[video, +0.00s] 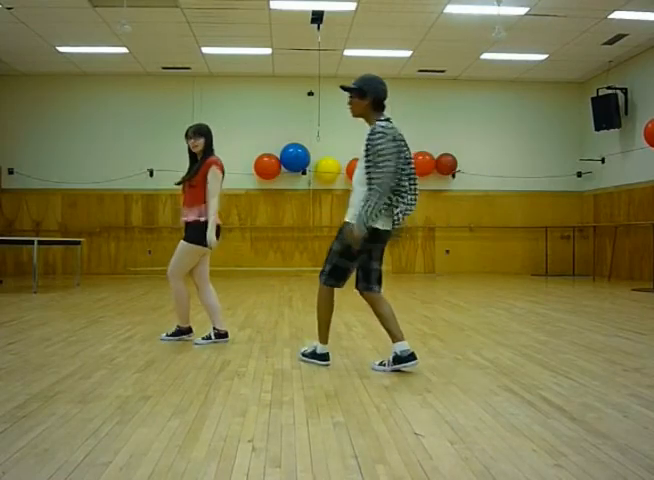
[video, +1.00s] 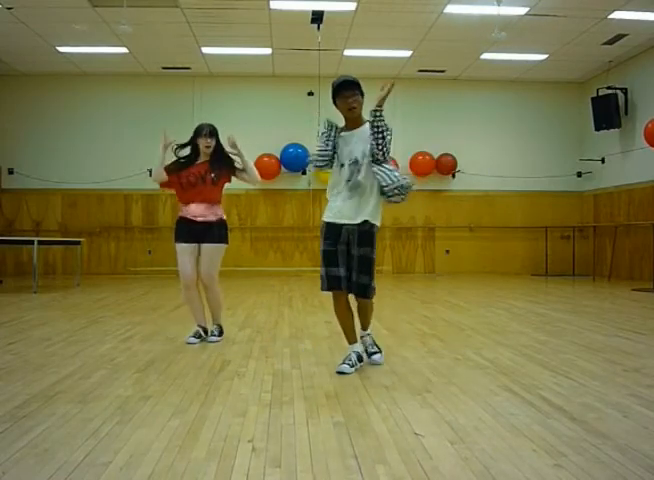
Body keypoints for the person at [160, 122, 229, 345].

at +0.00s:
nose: (193, 142)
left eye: (197, 137)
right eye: (190, 138)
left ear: (207, 140)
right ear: (187, 142)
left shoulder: (213, 165)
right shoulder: (197, 164)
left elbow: (213, 197)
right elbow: (195, 197)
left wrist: (211, 228)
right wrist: (188, 223)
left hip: (200, 226)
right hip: (195, 224)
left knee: (174, 273)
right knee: (202, 281)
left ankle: (183, 326)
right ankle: (220, 330)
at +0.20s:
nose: (179, 145)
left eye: (182, 141)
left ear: (185, 143)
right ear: (206, 146)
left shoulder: (183, 166)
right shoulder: (212, 170)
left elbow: (184, 200)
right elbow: (219, 205)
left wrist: (176, 234)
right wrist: (222, 233)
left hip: (192, 231)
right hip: (211, 231)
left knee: (167, 273)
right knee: (199, 279)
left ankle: (182, 326)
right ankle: (219, 329)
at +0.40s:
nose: (213, 149)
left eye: (213, 145)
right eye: (212, 145)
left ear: (187, 142)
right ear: (207, 145)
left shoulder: (170, 167)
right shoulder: (209, 166)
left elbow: (166, 200)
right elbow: (211, 204)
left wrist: (165, 227)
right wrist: (230, 228)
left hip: (178, 226)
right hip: (206, 226)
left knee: (180, 278)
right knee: (203, 281)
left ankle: (164, 327)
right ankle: (197, 329)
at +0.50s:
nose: (211, 152)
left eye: (211, 148)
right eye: (209, 148)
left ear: (190, 146)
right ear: (200, 147)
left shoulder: (181, 167)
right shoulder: (191, 168)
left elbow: (174, 201)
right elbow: (196, 204)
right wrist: (227, 203)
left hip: (183, 228)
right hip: (200, 227)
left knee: (190, 280)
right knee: (208, 281)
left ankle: (158, 322)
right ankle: (182, 329)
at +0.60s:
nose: (214, 147)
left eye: (213, 143)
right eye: (212, 143)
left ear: (194, 141)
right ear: (202, 142)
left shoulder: (198, 161)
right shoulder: (192, 155)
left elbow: (201, 198)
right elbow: (191, 193)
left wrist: (219, 201)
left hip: (200, 222)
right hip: (194, 222)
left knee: (203, 279)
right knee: (203, 279)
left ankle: (164, 315)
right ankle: (179, 327)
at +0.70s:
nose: (212, 144)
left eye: (213, 140)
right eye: (208, 139)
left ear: (212, 144)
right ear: (197, 140)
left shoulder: (211, 167)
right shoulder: (181, 165)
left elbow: (223, 189)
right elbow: (177, 173)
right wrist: (175, 145)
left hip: (211, 221)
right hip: (188, 220)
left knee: (209, 278)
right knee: (195, 277)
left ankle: (183, 319)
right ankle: (182, 326)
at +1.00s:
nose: (208, 141)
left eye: (211, 137)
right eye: (203, 137)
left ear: (216, 141)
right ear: (195, 140)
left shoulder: (222, 164)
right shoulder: (183, 166)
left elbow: (254, 179)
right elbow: (158, 177)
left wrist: (239, 153)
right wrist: (163, 150)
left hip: (214, 224)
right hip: (186, 224)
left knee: (208, 277)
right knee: (187, 279)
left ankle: (216, 326)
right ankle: (201, 327)